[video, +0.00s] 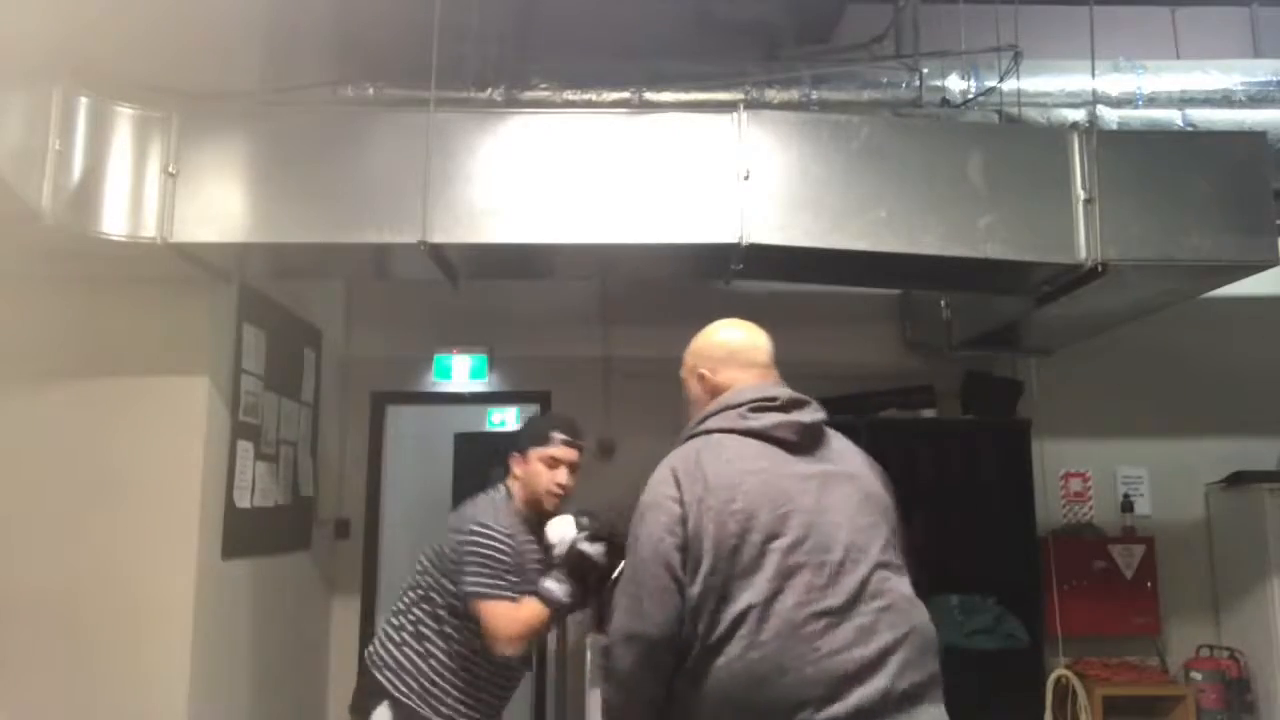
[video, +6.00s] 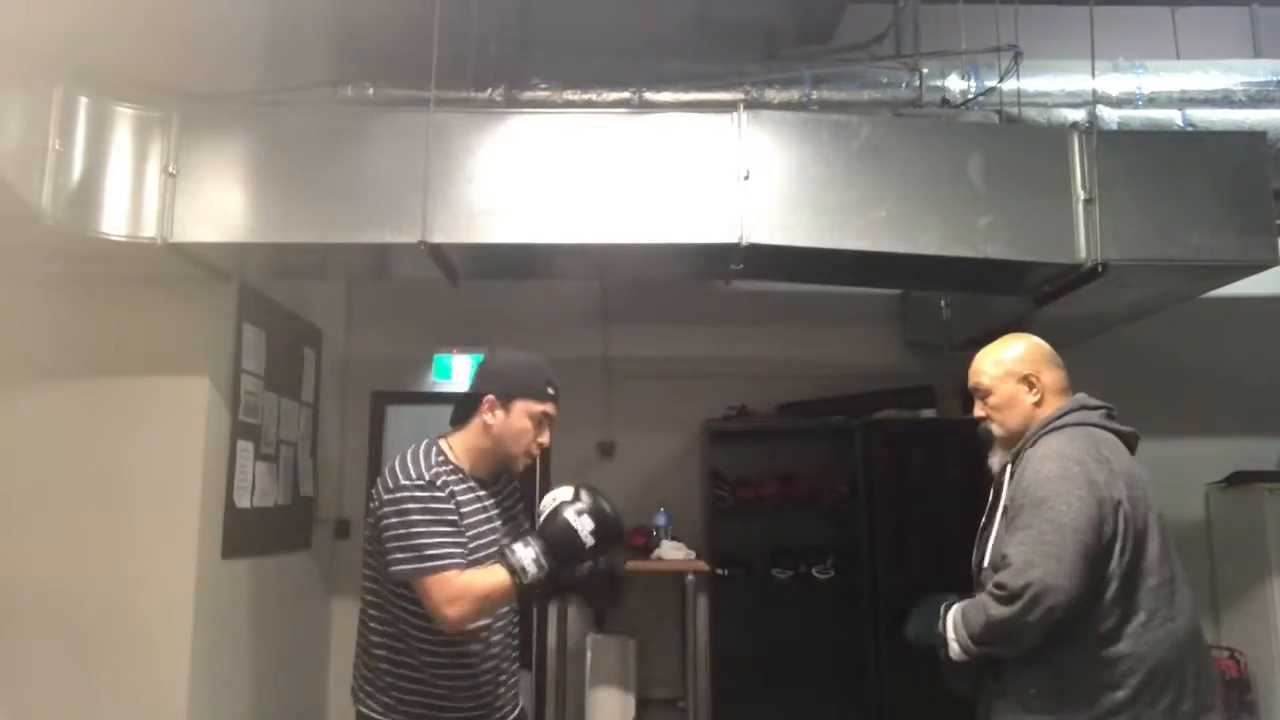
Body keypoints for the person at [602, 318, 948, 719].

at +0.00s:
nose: (687, 398)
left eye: (687, 384)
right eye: (686, 385)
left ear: (704, 381)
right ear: (771, 373)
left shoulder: (682, 475)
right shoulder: (859, 463)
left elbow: (641, 633)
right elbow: (890, 594)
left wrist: (632, 708)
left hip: (746, 704)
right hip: (898, 698)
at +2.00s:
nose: (1120, 325)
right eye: (1119, 323)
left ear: (994, 336)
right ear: (1118, 331)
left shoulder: (897, 437)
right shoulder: (1223, 457)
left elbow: (801, 629)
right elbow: (1261, 654)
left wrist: (804, 709)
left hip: (905, 702)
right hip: (1154, 704)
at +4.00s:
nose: (964, 410)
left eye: (971, 392)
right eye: (964, 395)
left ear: (1019, 388)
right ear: (1020, 388)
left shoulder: (1026, 466)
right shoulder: (1086, 445)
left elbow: (1005, 603)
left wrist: (929, 626)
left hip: (1117, 701)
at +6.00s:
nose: (976, 412)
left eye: (984, 396)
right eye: (974, 399)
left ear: (1032, 389)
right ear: (1032, 390)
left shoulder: (1058, 458)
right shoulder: (1073, 447)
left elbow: (1040, 589)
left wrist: (953, 625)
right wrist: (970, 614)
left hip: (1100, 701)